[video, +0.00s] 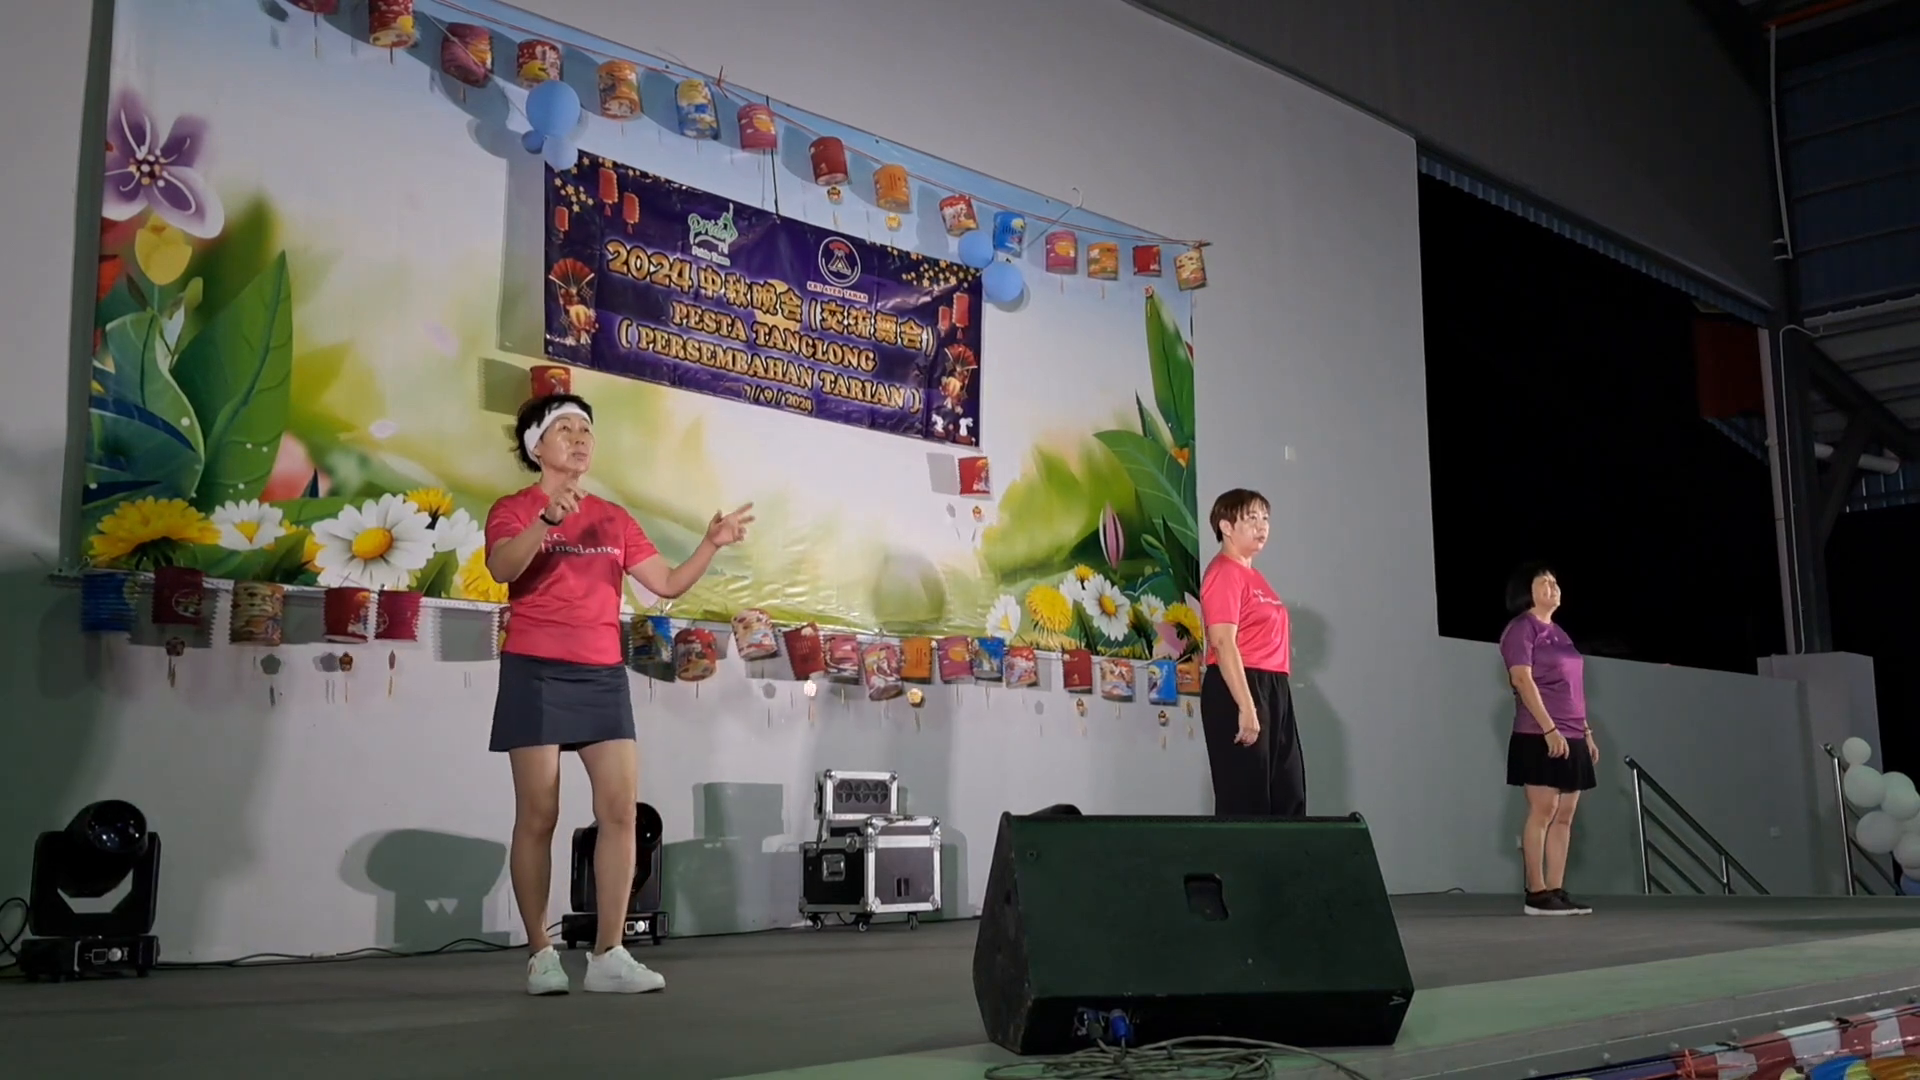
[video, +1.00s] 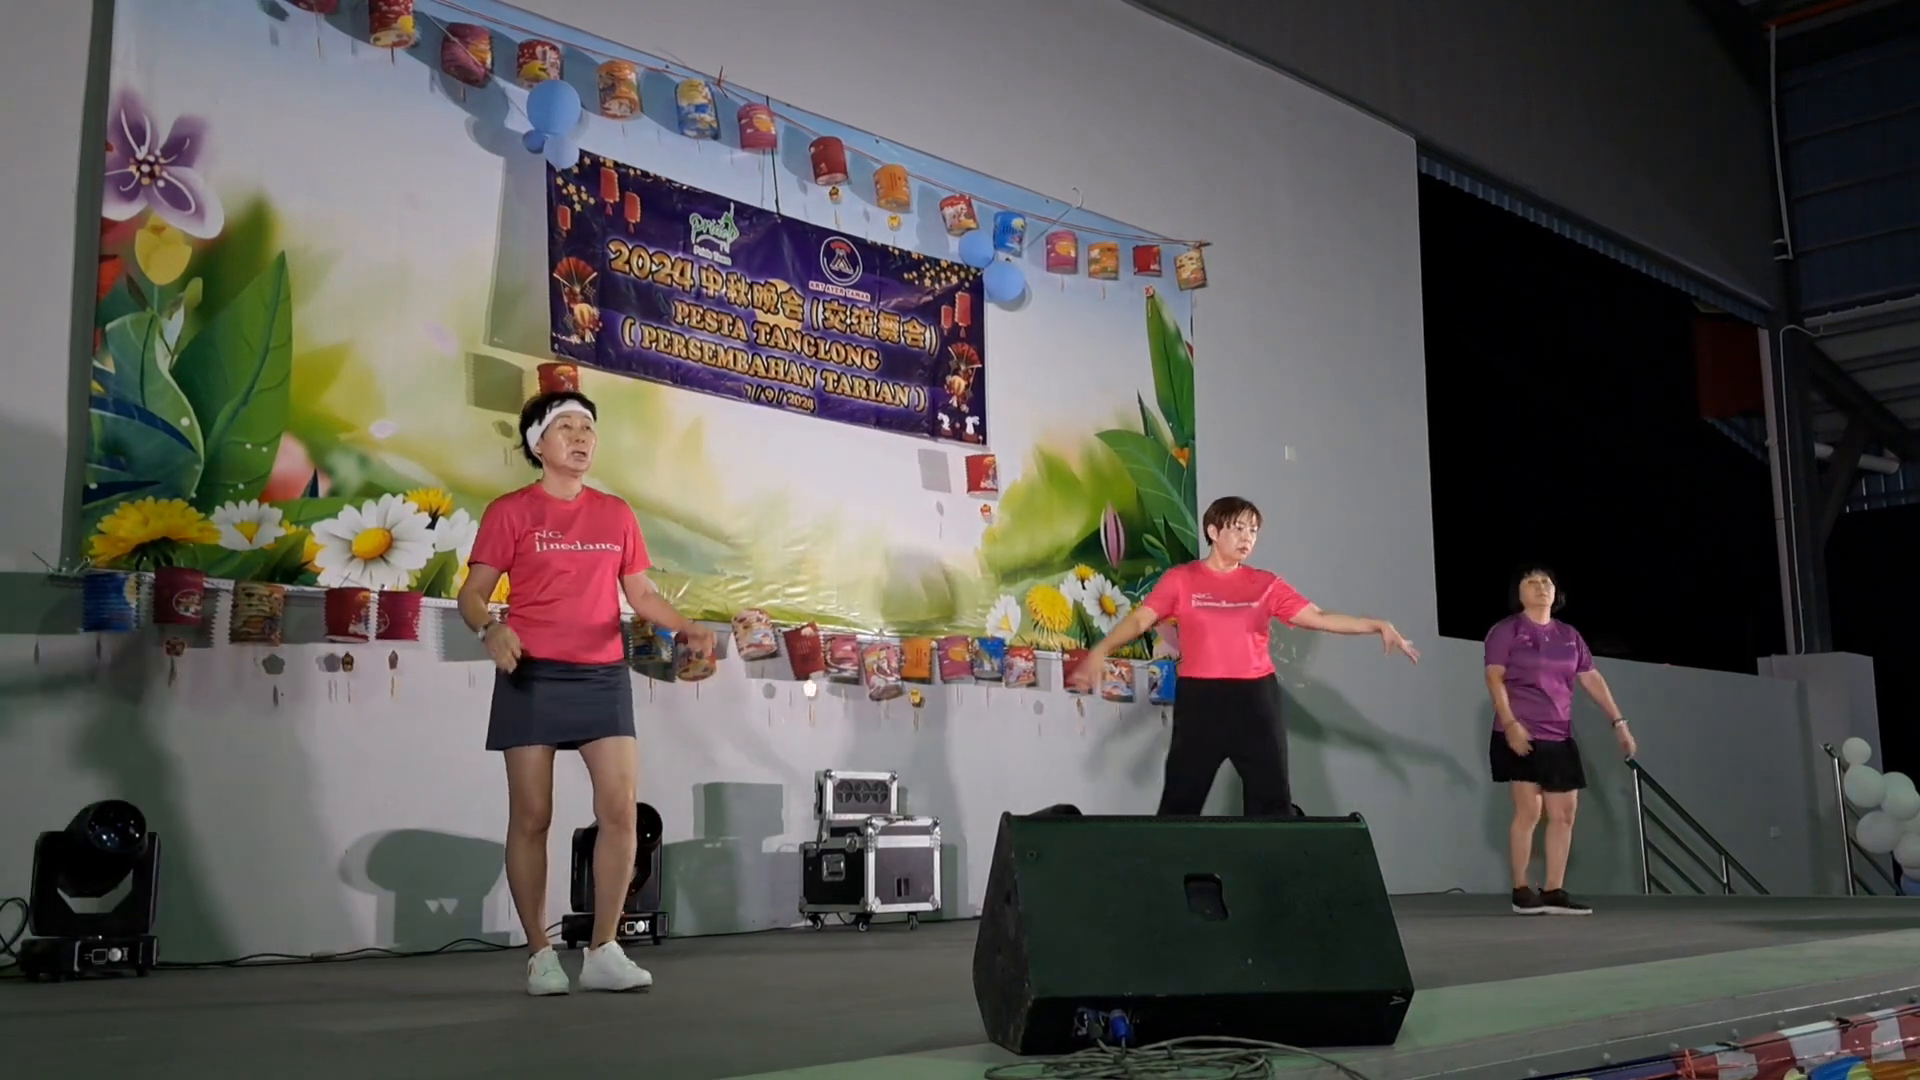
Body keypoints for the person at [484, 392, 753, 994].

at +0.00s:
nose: (579, 440)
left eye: (585, 432)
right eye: (565, 431)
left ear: (593, 448)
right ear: (535, 446)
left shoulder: (611, 518)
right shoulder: (515, 510)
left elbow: (666, 585)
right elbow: (501, 569)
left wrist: (710, 544)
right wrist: (545, 522)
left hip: (603, 675)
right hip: (534, 672)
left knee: (620, 808)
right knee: (539, 813)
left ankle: (609, 953)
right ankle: (541, 951)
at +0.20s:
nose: (580, 438)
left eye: (586, 430)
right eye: (566, 429)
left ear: (593, 445)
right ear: (535, 443)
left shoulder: (615, 517)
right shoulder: (515, 509)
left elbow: (663, 588)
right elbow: (500, 579)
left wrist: (728, 615)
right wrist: (535, 586)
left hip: (606, 674)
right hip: (539, 672)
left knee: (616, 811)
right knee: (541, 813)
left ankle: (609, 953)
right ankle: (542, 951)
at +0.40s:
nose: (584, 436)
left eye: (589, 429)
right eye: (570, 427)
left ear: (596, 444)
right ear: (539, 442)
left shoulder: (616, 518)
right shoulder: (516, 512)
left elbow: (633, 614)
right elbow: (496, 609)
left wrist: (635, 691)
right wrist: (472, 698)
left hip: (608, 679)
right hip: (534, 677)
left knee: (626, 809)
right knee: (538, 815)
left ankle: (610, 952)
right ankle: (541, 950)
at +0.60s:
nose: (586, 439)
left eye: (591, 431)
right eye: (571, 431)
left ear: (598, 446)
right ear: (541, 447)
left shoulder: (618, 520)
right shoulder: (514, 517)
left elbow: (612, 603)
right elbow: (482, 605)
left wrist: (613, 670)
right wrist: (444, 680)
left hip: (603, 679)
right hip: (531, 678)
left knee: (627, 807)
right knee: (535, 817)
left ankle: (610, 949)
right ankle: (541, 950)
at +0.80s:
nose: (581, 438)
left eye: (588, 430)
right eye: (567, 429)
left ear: (597, 446)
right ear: (539, 444)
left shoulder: (618, 518)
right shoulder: (511, 514)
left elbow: (632, 612)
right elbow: (481, 606)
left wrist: (643, 695)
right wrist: (467, 691)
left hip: (603, 681)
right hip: (528, 678)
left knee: (623, 809)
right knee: (533, 815)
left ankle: (608, 952)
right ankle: (541, 950)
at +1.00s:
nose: (581, 438)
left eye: (588, 429)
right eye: (567, 429)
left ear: (595, 442)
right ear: (536, 441)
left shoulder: (616, 515)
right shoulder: (510, 513)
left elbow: (640, 591)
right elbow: (471, 596)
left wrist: (687, 627)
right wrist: (489, 626)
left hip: (604, 677)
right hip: (531, 676)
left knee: (621, 808)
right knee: (531, 816)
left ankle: (604, 949)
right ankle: (541, 951)